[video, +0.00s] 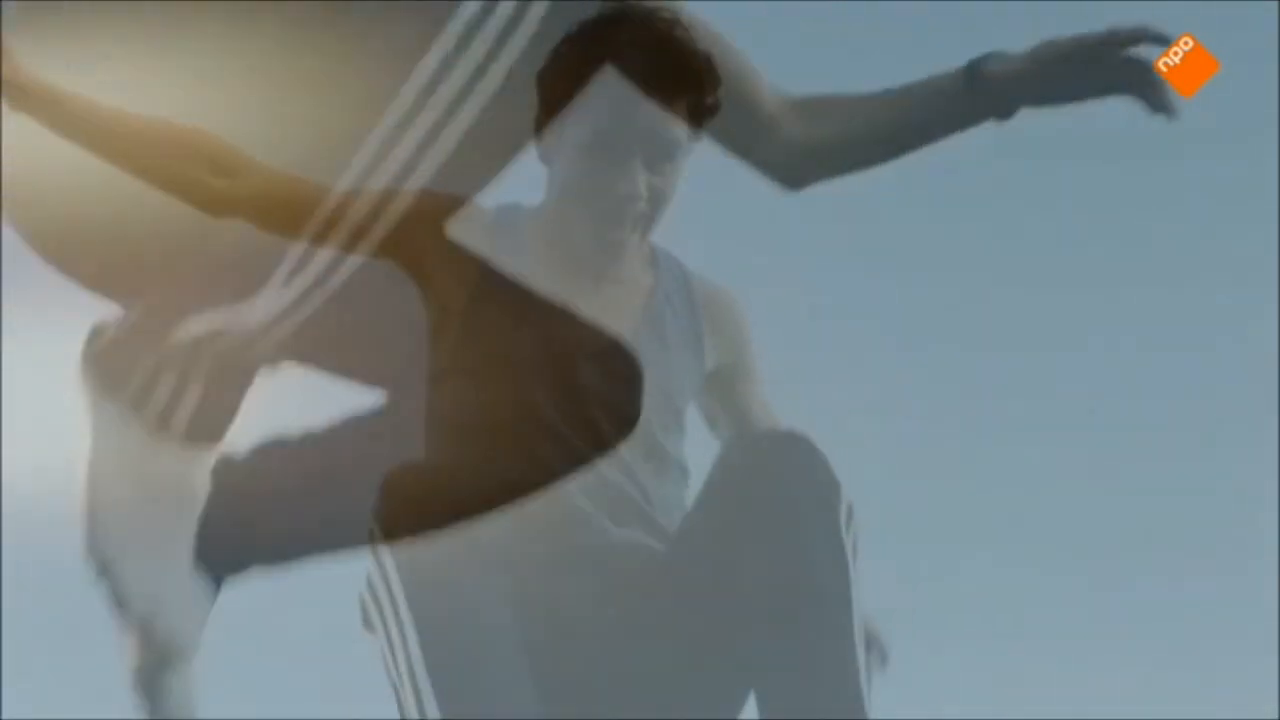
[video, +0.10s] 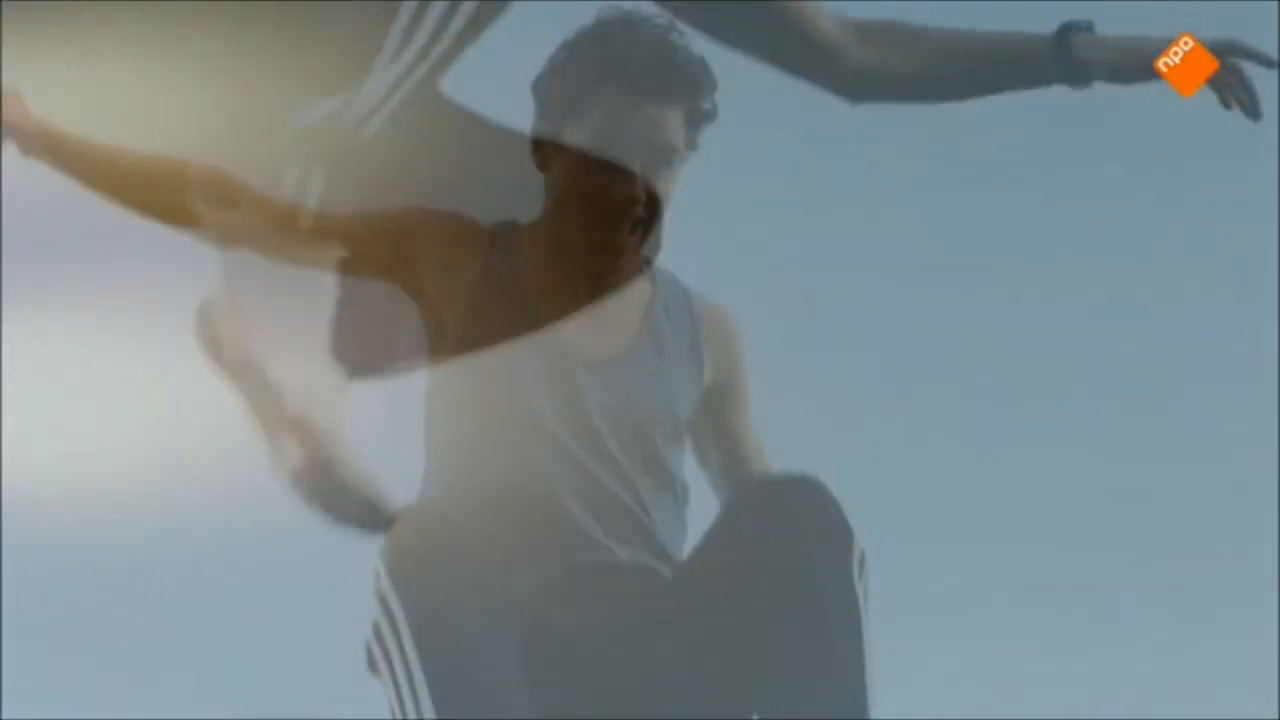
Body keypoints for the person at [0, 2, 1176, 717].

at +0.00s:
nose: (647, 177)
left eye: (665, 157)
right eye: (628, 147)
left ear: (689, 163)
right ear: (566, 130)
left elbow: (806, 143)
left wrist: (1016, 79)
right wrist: (232, 320)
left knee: (589, 381)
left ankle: (192, 541)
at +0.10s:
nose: (621, 191)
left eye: (649, 166)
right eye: (598, 155)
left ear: (681, 169)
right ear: (552, 139)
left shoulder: (702, 335)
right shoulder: (455, 227)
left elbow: (754, 505)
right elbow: (221, 214)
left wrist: (800, 624)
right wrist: (23, 127)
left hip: (656, 634)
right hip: (504, 632)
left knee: (801, 514)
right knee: (441, 527)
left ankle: (805, 714)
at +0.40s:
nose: (635, 234)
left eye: (659, 214)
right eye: (608, 199)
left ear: (675, 235)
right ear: (539, 203)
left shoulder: (698, 412)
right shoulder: (445, 350)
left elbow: (711, 634)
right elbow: (253, 382)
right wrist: (70, 366)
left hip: (648, 702)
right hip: (484, 695)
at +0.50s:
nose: (634, 254)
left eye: (656, 234)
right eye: (606, 221)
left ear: (674, 256)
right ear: (534, 235)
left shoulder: (698, 439)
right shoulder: (442, 379)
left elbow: (705, 666)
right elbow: (256, 432)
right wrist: (69, 453)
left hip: (640, 709)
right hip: (482, 704)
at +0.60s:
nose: (633, 292)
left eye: (656, 274)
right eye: (605, 260)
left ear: (670, 301)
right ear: (533, 275)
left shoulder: (696, 488)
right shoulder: (439, 423)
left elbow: (699, 698)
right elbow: (258, 515)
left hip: (628, 716)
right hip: (477, 711)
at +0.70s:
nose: (633, 328)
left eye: (655, 308)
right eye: (606, 290)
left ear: (669, 338)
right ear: (530, 301)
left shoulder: (697, 522)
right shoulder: (433, 459)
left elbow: (696, 707)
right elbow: (255, 575)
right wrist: (89, 657)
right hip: (461, 710)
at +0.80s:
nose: (629, 380)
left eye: (650, 362)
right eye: (601, 345)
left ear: (661, 394)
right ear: (525, 362)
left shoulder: (694, 581)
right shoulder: (422, 519)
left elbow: (692, 712)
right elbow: (263, 664)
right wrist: (168, 715)